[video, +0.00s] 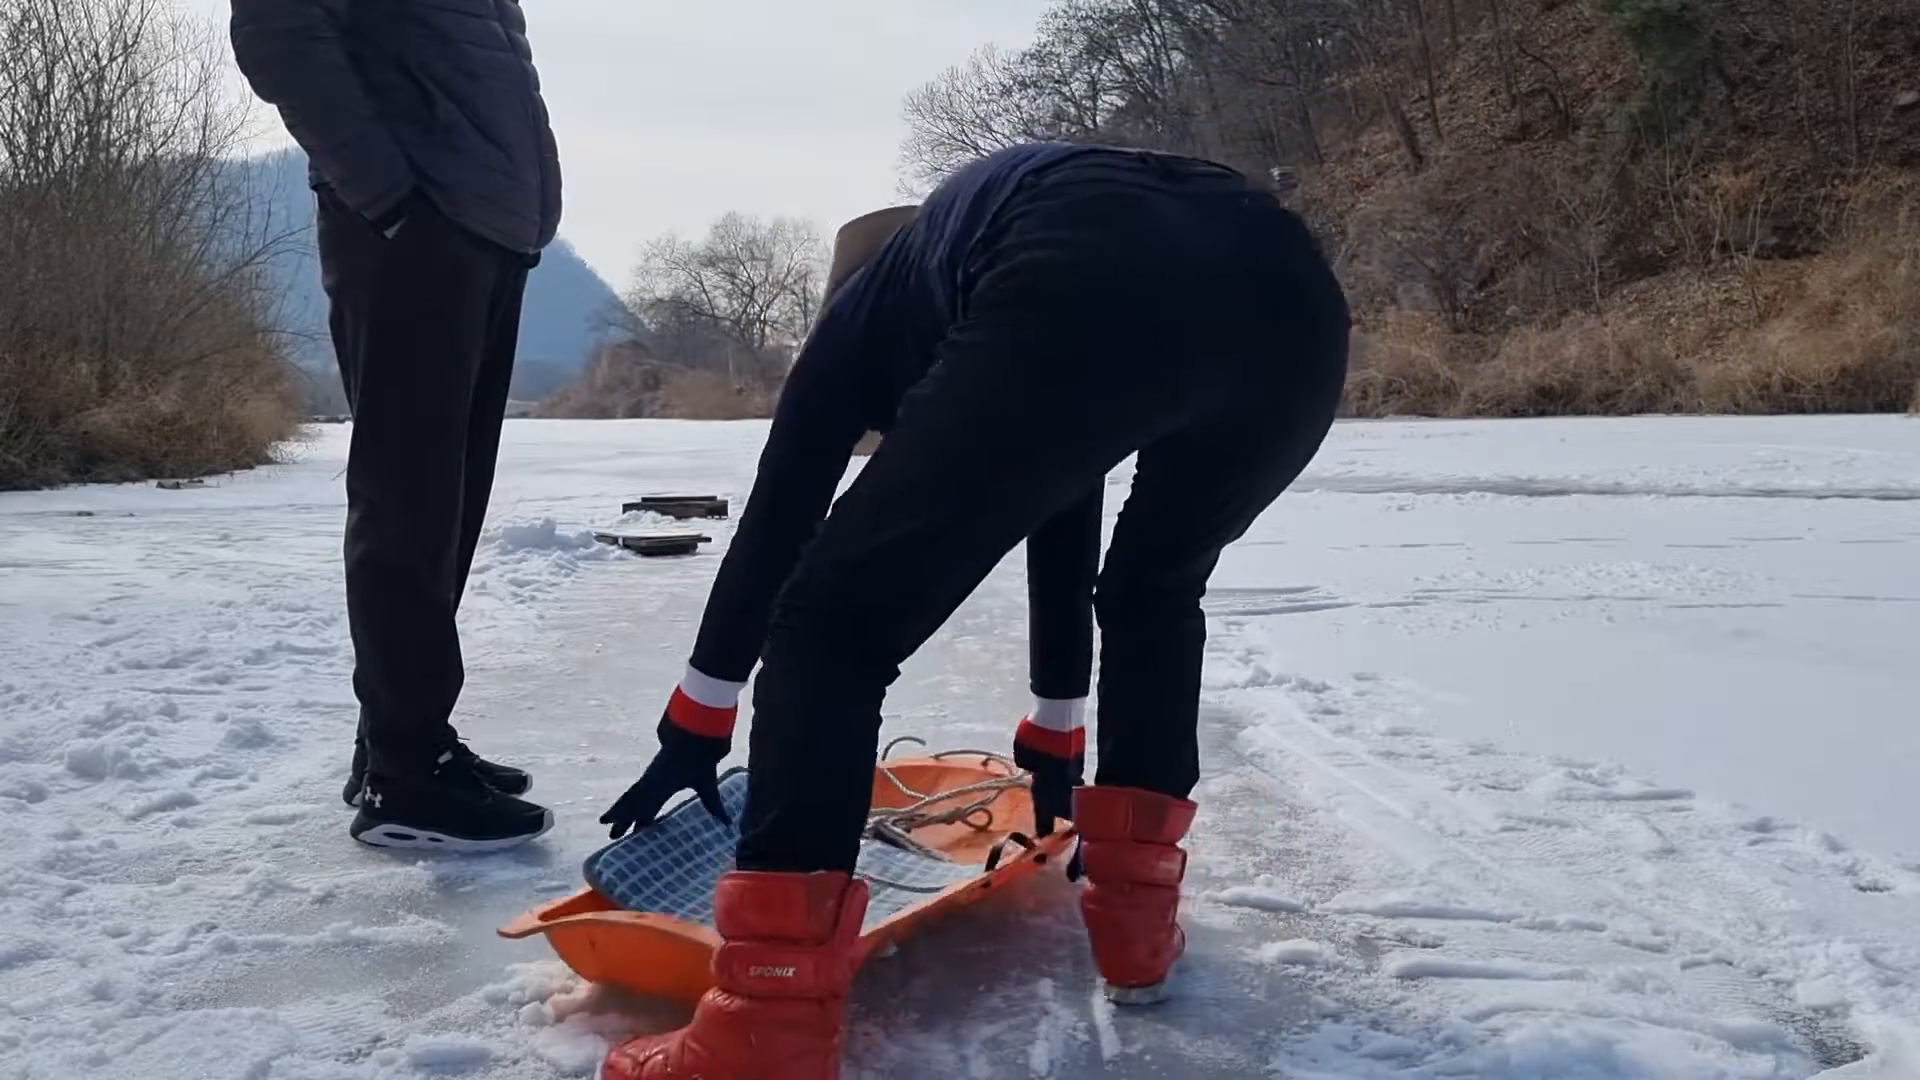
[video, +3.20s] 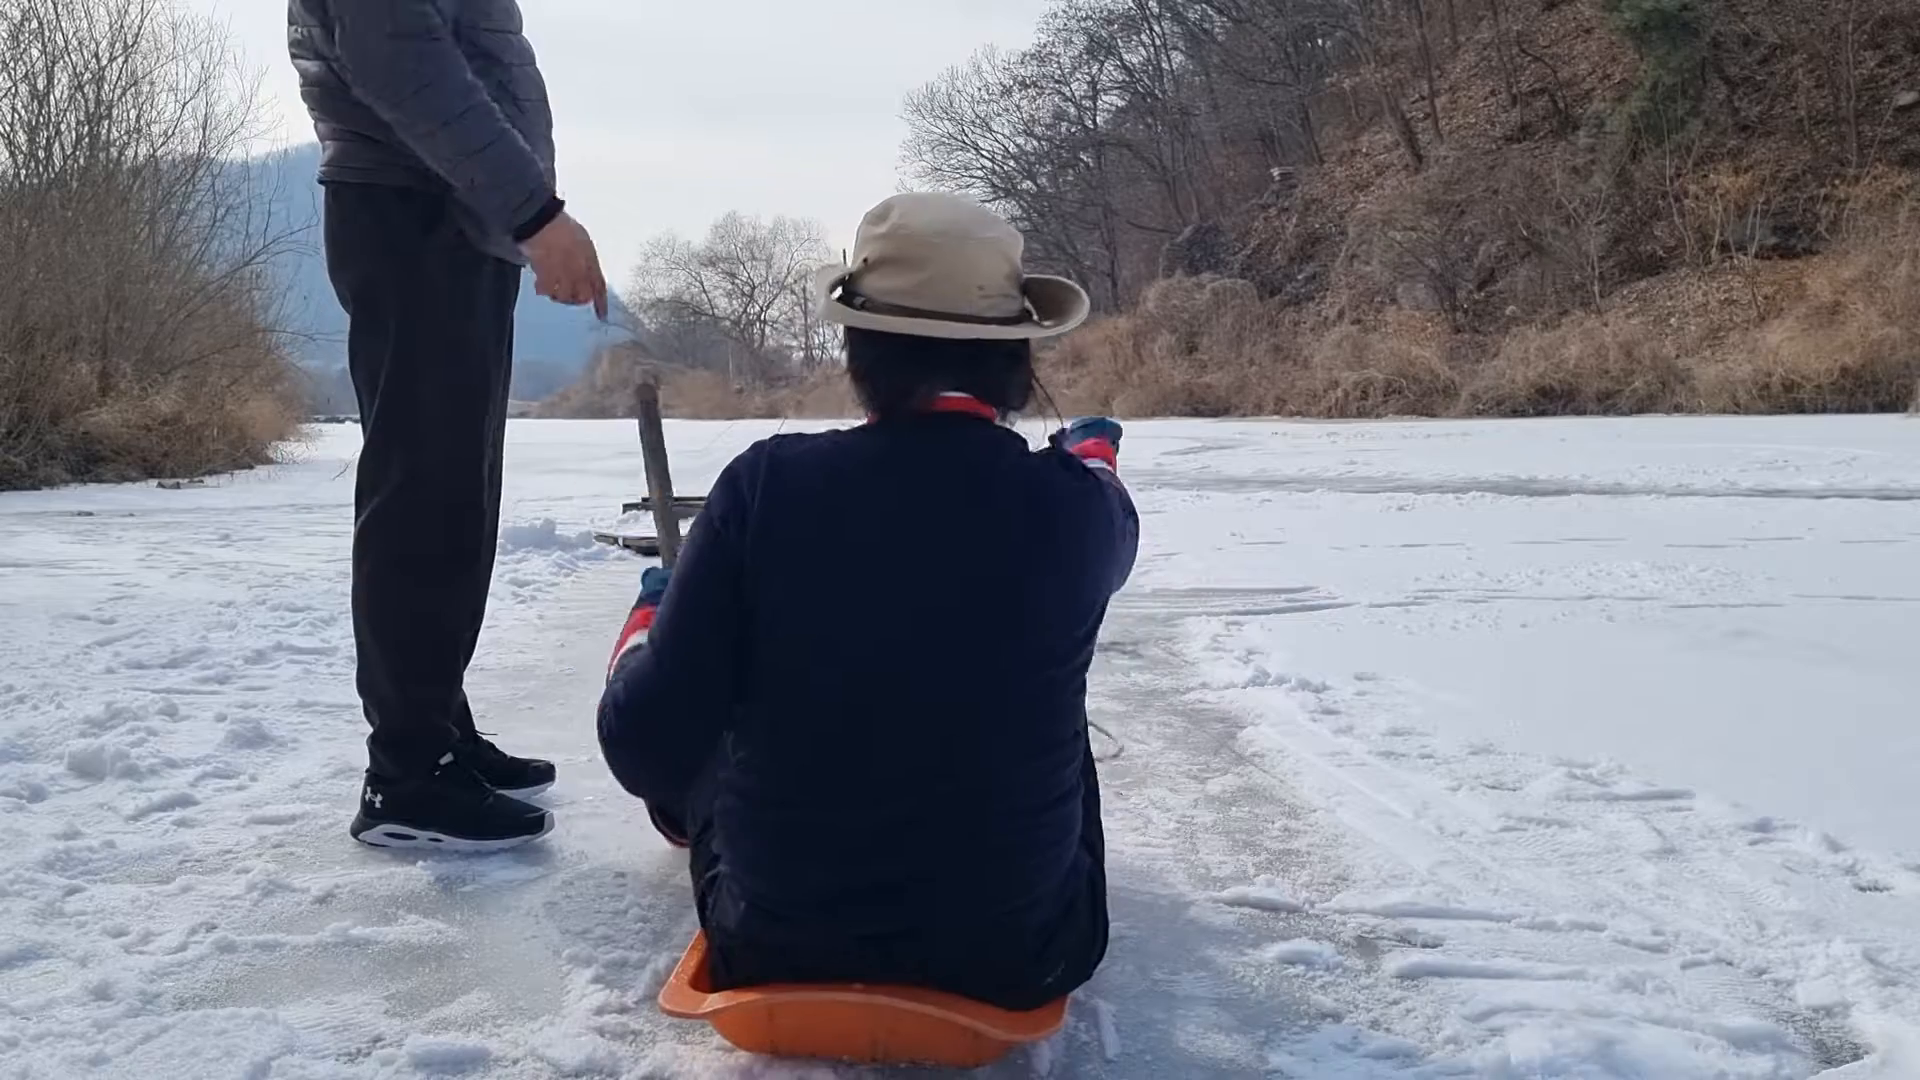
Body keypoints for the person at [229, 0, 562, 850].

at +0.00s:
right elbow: (275, 31)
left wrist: (515, 199)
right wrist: (388, 196)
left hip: (486, 229)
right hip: (410, 221)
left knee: (447, 498)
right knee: (406, 498)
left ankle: (413, 749)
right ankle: (401, 771)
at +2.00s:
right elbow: (275, 34)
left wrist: (510, 205)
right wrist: (397, 201)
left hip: (486, 236)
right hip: (414, 225)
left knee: (449, 504)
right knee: (408, 502)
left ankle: (417, 749)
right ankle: (400, 772)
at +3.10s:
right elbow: (325, 25)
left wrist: (507, 172)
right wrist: (483, 162)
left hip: (466, 209)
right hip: (411, 204)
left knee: (460, 482)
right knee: (421, 484)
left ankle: (441, 737)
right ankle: (404, 775)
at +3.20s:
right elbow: (397, 53)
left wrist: (528, 212)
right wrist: (539, 216)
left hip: (459, 209)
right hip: (408, 207)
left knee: (461, 481)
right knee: (422, 479)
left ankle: (438, 738)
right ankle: (406, 771)